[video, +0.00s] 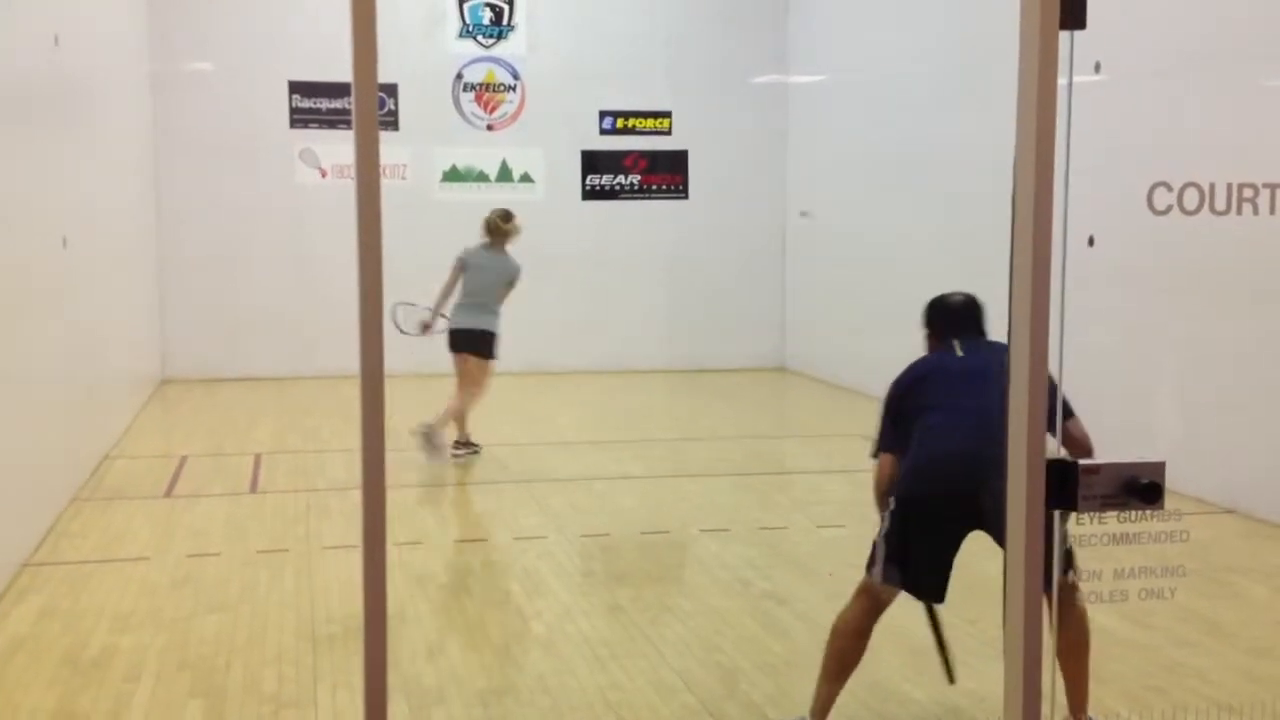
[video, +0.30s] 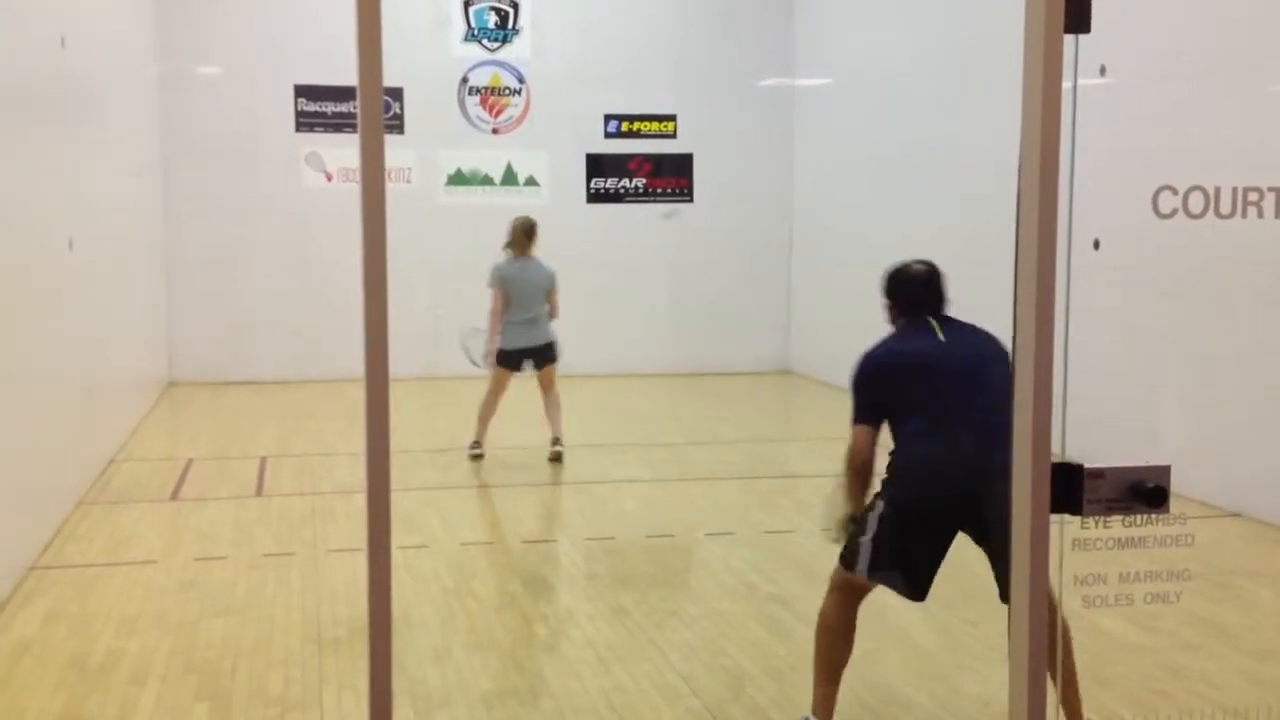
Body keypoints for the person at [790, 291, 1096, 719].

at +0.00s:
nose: (925, 342)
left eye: (925, 336)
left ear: (931, 336)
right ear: (982, 331)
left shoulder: (914, 376)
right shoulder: (1021, 362)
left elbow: (886, 470)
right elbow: (1081, 444)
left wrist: (887, 516)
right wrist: (1079, 478)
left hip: (929, 486)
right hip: (1010, 486)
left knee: (870, 597)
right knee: (1064, 592)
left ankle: (817, 713)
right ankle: (1080, 713)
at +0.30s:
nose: (887, 312)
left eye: (887, 306)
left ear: (891, 308)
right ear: (941, 302)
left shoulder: (881, 359)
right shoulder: (988, 346)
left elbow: (861, 454)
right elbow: (1017, 424)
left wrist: (856, 510)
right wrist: (1027, 495)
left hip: (918, 489)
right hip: (996, 489)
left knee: (845, 591)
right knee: (1039, 599)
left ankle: (820, 713)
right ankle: (1075, 713)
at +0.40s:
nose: (858, 307)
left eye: (859, 300)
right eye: (859, 299)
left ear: (868, 303)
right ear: (914, 294)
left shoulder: (864, 355)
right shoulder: (960, 334)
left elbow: (847, 445)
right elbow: (996, 419)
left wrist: (824, 506)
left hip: (913, 491)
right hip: (988, 488)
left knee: (841, 590)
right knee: (1022, 609)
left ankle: (821, 711)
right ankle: (1064, 710)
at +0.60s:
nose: (853, 301)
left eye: (858, 290)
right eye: (853, 290)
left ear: (886, 287)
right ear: (906, 283)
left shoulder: (892, 337)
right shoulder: (955, 315)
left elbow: (890, 428)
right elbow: (981, 405)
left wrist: (847, 515)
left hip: (942, 487)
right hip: (1002, 483)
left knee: (875, 598)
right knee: (975, 596)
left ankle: (835, 711)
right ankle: (1044, 702)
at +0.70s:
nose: (864, 294)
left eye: (871, 284)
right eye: (864, 284)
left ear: (899, 283)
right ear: (914, 279)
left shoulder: (918, 333)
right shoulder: (964, 313)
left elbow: (928, 430)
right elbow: (991, 408)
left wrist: (888, 522)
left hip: (958, 490)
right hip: (1002, 486)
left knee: (893, 602)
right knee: (986, 598)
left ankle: (850, 714)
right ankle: (1049, 703)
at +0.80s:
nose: (874, 294)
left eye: (880, 282)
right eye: (874, 282)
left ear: (911, 280)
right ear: (924, 277)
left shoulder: (934, 332)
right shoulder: (968, 313)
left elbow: (955, 431)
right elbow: (986, 416)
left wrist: (931, 502)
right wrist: (944, 493)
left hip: (974, 484)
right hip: (1008, 481)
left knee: (899, 596)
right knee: (988, 592)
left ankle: (893, 712)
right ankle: (1048, 696)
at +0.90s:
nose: (878, 287)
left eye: (885, 274)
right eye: (879, 275)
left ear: (917, 275)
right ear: (926, 273)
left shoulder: (943, 331)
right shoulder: (966, 311)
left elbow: (975, 429)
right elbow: (962, 416)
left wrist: (955, 523)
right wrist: (935, 480)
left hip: (974, 493)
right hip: (1007, 485)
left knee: (907, 607)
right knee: (994, 597)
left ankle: (936, 714)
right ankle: (1053, 698)